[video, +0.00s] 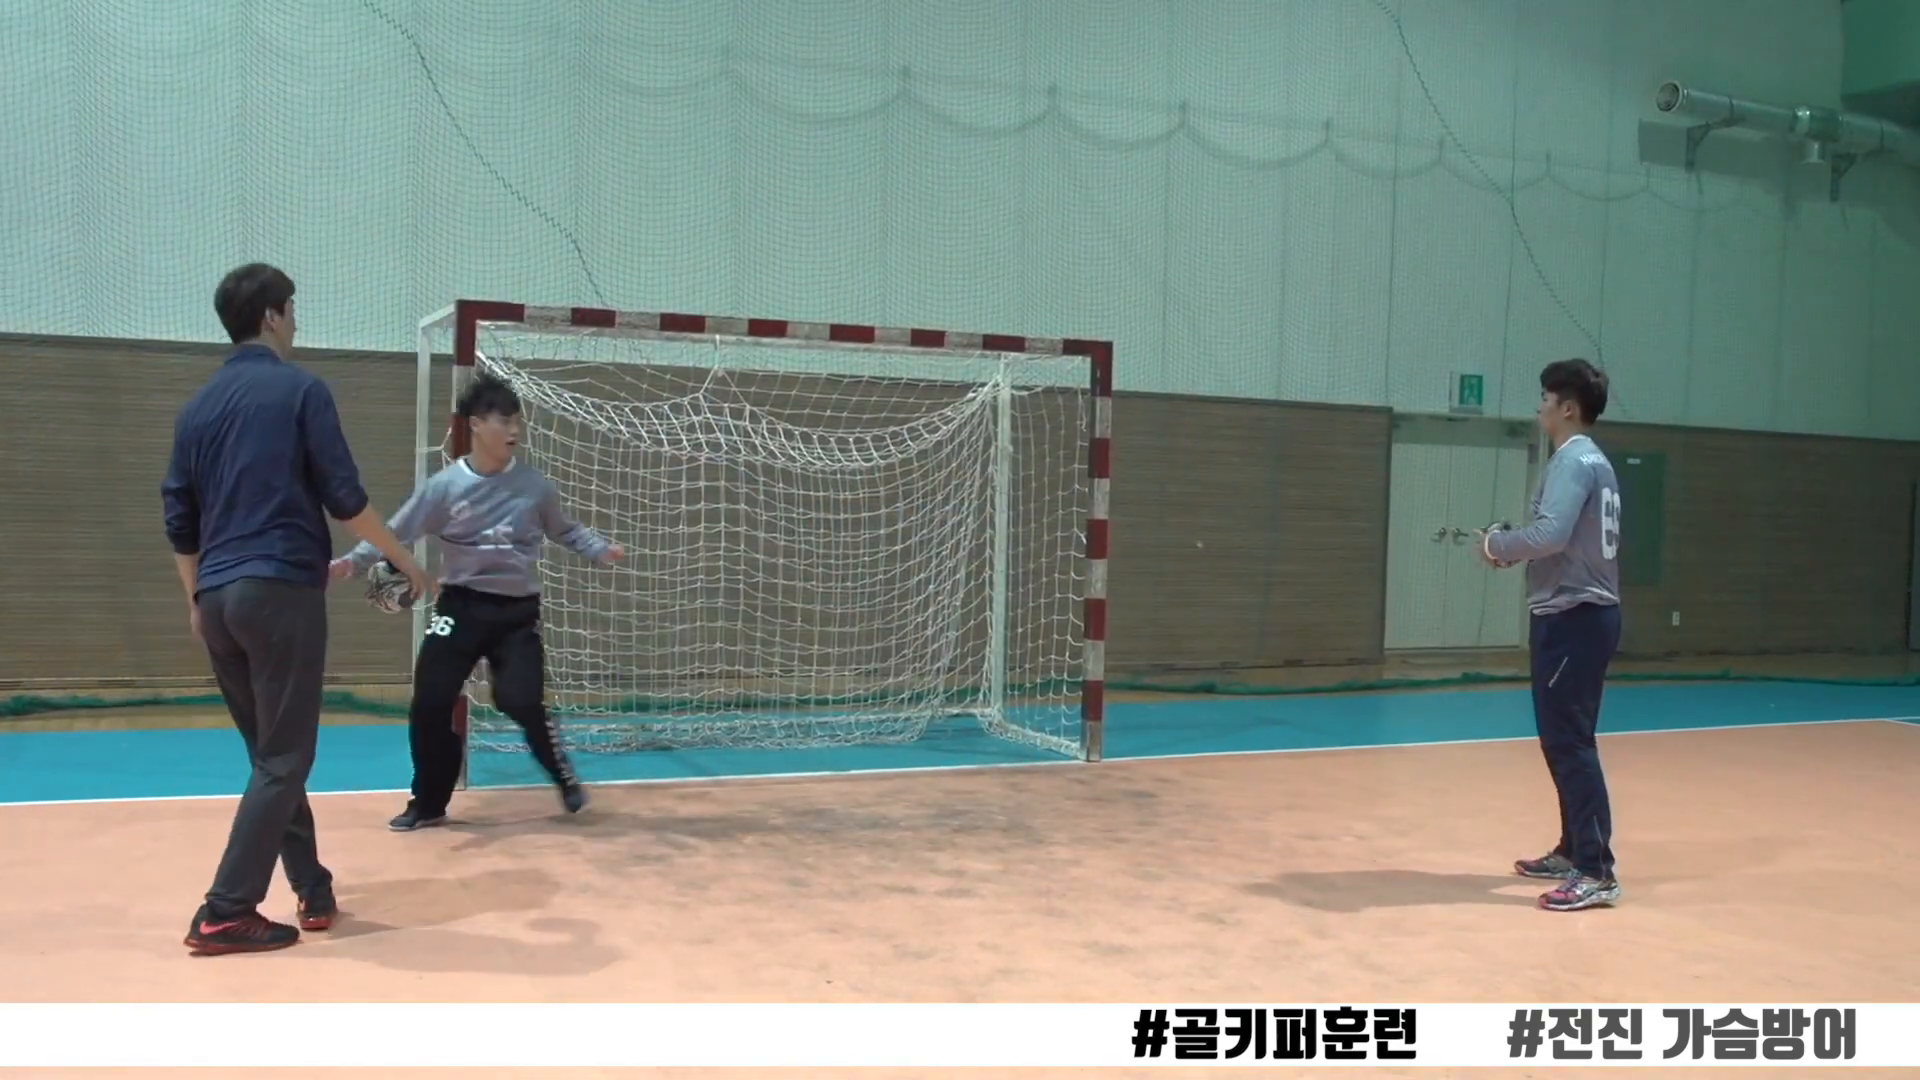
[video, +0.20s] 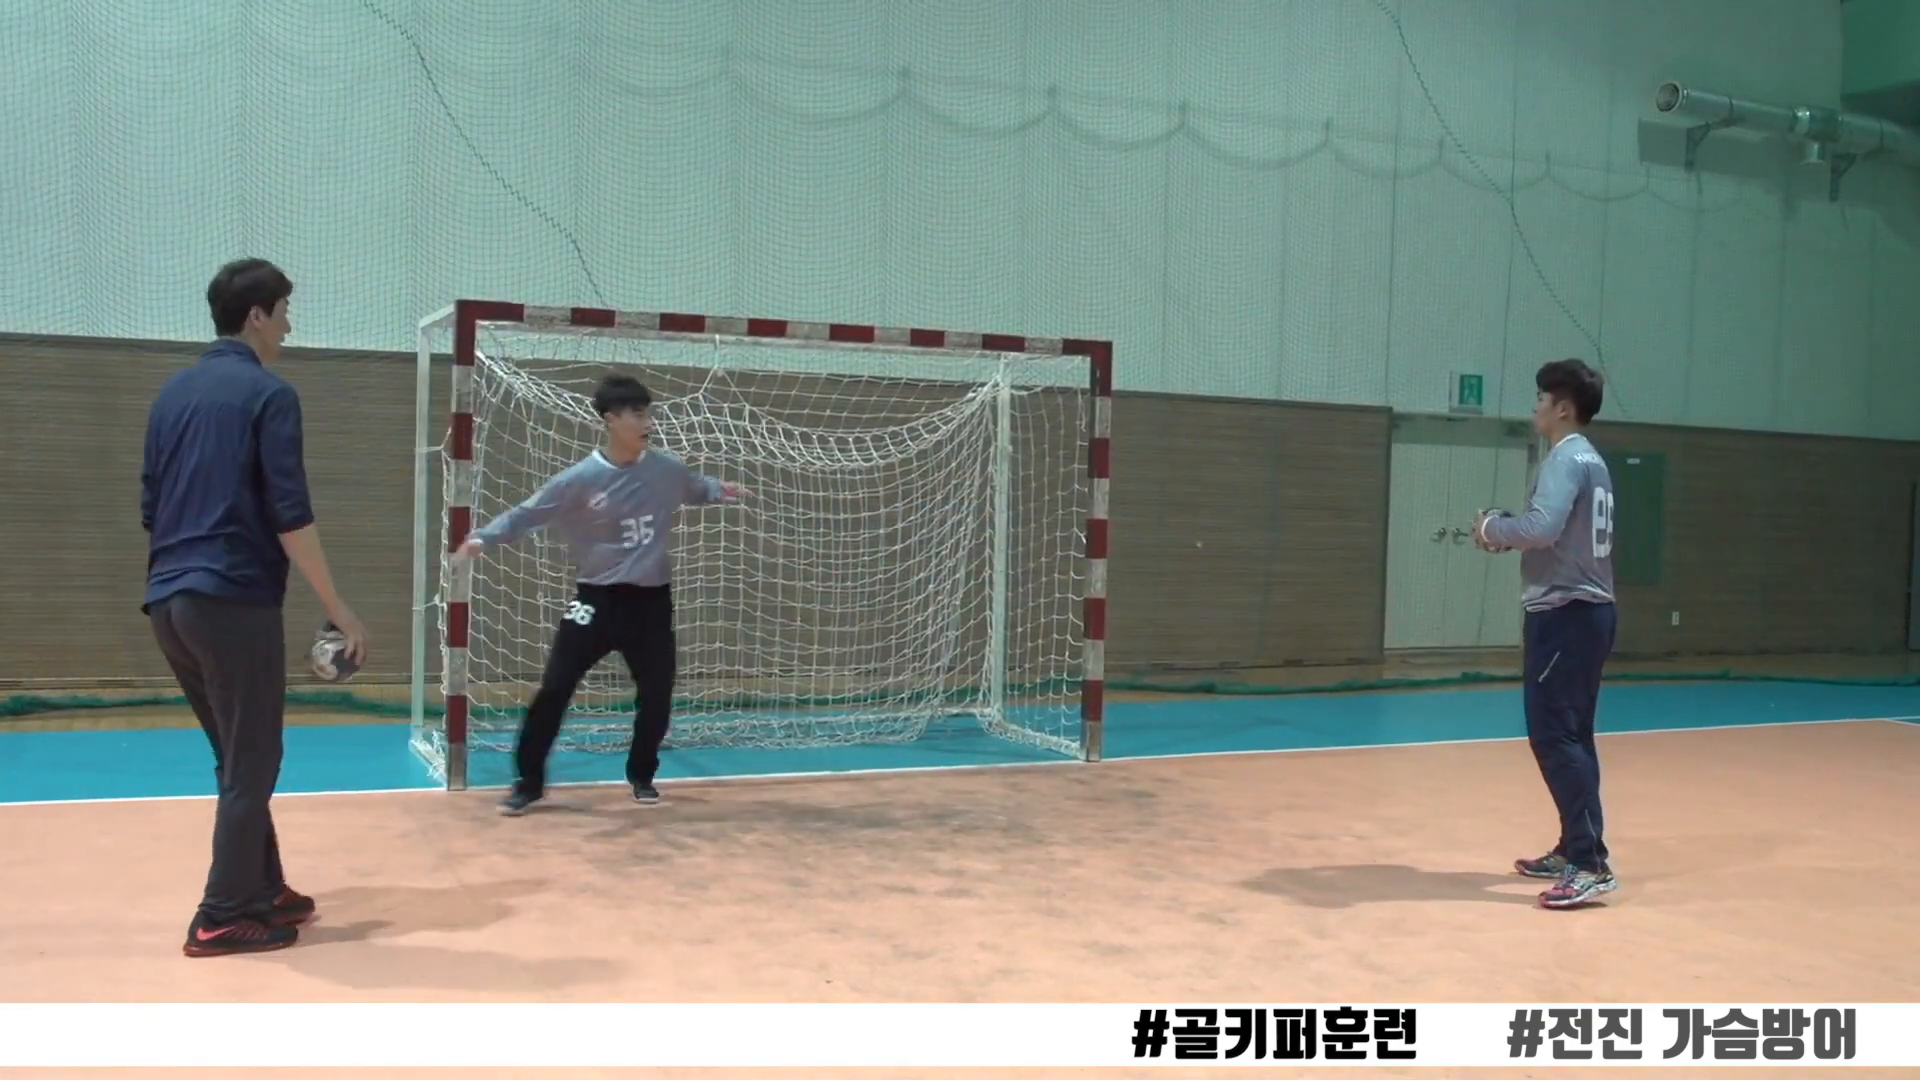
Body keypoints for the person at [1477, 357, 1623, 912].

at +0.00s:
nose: (1539, 408)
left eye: (1545, 399)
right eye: (1542, 398)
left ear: (1567, 405)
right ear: (1576, 408)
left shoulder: (1573, 460)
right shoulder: (1592, 461)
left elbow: (1552, 535)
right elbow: (1563, 538)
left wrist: (1499, 544)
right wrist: (1509, 546)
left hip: (1573, 619)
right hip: (1581, 616)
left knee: (1566, 740)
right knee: (1568, 739)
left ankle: (1597, 873)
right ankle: (1574, 852)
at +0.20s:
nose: (1535, 408)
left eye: (1541, 399)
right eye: (1538, 398)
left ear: (1562, 406)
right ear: (1572, 409)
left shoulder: (1566, 458)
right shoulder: (1590, 461)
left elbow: (1543, 528)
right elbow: (1560, 535)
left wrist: (1491, 527)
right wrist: (1504, 534)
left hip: (1564, 617)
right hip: (1587, 614)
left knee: (1551, 733)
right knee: (1572, 732)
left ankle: (1591, 865)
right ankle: (1574, 848)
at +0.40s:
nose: (1524, 410)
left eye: (1531, 402)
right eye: (1528, 401)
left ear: (1552, 410)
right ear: (1558, 411)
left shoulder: (1566, 459)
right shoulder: (1550, 465)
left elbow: (1573, 522)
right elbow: (1543, 542)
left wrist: (1495, 541)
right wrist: (1493, 560)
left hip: (1568, 618)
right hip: (1552, 616)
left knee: (1548, 733)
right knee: (1565, 734)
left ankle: (1585, 867)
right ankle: (1575, 851)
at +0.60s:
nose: (1498, 417)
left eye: (1506, 409)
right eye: (1500, 408)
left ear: (1532, 416)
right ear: (1526, 416)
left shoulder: (1573, 464)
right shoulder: (1507, 477)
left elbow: (1641, 479)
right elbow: (1503, 549)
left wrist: (1590, 469)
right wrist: (1459, 588)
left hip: (1560, 623)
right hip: (1521, 624)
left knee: (1543, 738)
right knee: (1537, 738)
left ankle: (1582, 867)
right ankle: (1567, 852)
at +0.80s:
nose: (1464, 428)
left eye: (1472, 420)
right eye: (1466, 419)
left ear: (1499, 427)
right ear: (1494, 428)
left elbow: (1618, 470)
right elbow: (1468, 547)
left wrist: (1604, 409)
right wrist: (1451, 600)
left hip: (1543, 631)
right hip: (1488, 631)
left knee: (1543, 743)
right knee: (1457, 726)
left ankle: (1578, 867)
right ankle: (1526, 822)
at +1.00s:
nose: (1409, 434)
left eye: (1414, 426)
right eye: (1410, 425)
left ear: (1438, 433)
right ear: (1438, 431)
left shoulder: (1478, 484)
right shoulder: (1432, 486)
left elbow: (1509, 514)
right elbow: (1451, 554)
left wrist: (1503, 447)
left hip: (1494, 638)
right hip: (1441, 639)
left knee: (1520, 754)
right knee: (1397, 736)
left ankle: (1574, 867)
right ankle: (1367, 847)